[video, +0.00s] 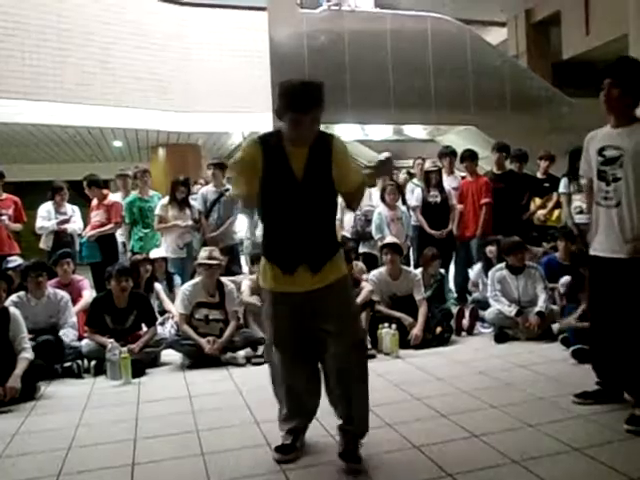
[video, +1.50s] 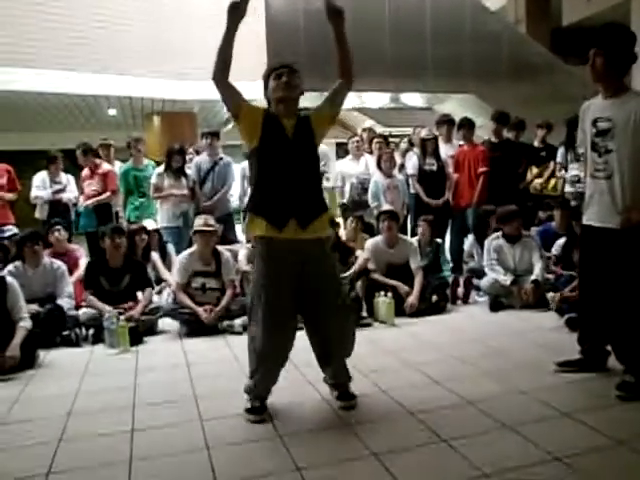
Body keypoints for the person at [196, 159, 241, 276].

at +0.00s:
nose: (213, 173)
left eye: (216, 170)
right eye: (211, 170)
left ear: (224, 173)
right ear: (209, 173)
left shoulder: (232, 191)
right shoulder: (203, 192)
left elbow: (235, 216)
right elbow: (202, 215)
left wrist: (218, 234)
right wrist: (208, 235)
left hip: (229, 241)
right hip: (210, 241)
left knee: (233, 275)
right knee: (210, 274)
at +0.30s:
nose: (223, 172)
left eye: (227, 169)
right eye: (221, 169)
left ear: (233, 173)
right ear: (218, 172)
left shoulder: (242, 192)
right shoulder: (213, 191)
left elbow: (243, 215)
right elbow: (211, 213)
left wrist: (226, 233)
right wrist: (217, 233)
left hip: (237, 240)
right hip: (218, 238)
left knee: (242, 273)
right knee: (217, 272)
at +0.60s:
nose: (223, 165)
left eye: (226, 162)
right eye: (221, 162)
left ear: (232, 166)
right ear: (217, 165)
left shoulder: (240, 185)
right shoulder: (212, 184)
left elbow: (240, 209)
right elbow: (209, 206)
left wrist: (224, 226)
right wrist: (215, 226)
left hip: (235, 233)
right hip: (217, 232)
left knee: (240, 266)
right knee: (216, 265)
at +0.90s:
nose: (212, 165)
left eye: (215, 162)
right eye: (210, 161)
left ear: (221, 165)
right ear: (206, 164)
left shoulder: (229, 184)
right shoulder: (200, 183)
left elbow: (230, 208)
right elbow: (197, 205)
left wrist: (213, 225)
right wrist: (203, 225)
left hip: (224, 232)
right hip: (205, 231)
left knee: (230, 266)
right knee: (204, 265)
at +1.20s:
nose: (206, 144)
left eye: (210, 140)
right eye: (204, 140)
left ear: (215, 142)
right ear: (200, 142)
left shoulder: (223, 163)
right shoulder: (195, 163)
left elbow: (225, 187)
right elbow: (192, 184)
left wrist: (208, 203)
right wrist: (199, 202)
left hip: (219, 212)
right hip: (200, 212)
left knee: (225, 246)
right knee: (200, 245)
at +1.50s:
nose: (209, 143)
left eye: (213, 139)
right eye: (207, 139)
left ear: (218, 142)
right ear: (202, 142)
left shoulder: (227, 162)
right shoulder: (197, 162)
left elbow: (228, 186)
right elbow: (194, 183)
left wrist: (212, 203)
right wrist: (202, 202)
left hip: (222, 210)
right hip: (203, 210)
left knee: (229, 244)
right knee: (203, 244)